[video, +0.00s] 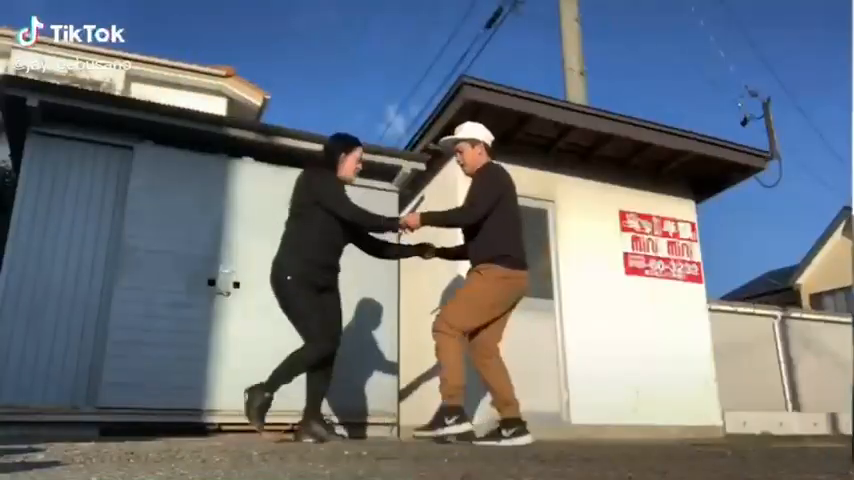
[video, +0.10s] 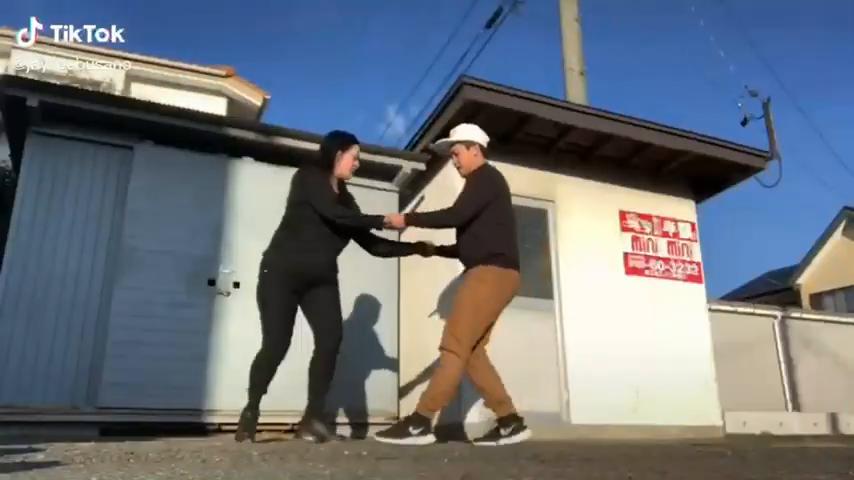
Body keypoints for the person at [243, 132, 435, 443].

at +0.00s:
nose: (359, 167)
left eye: (360, 161)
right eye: (356, 159)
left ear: (340, 159)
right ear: (339, 156)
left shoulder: (336, 201)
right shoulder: (318, 179)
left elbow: (373, 247)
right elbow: (356, 217)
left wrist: (414, 250)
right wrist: (397, 223)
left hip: (323, 280)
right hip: (294, 276)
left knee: (327, 346)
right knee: (320, 344)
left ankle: (311, 419)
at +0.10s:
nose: (356, 164)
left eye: (357, 158)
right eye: (353, 156)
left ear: (342, 158)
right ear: (335, 154)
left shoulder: (345, 201)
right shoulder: (310, 175)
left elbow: (374, 245)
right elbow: (336, 214)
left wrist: (414, 248)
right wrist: (382, 221)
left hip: (319, 279)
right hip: (281, 273)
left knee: (330, 340)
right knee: (276, 344)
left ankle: (314, 417)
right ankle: (251, 410)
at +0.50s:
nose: (368, 168)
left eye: (370, 162)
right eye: (365, 161)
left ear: (349, 159)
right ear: (349, 157)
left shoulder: (339, 187)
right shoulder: (339, 182)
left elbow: (364, 238)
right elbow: (372, 217)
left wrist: (401, 228)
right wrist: (419, 213)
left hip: (318, 273)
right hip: (304, 268)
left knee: (317, 342)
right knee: (318, 338)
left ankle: (297, 417)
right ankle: (256, 387)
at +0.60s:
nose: (379, 168)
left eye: (380, 162)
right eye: (376, 161)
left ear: (353, 158)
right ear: (360, 157)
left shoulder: (337, 181)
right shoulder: (362, 186)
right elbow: (397, 218)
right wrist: (440, 208)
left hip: (301, 261)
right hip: (324, 264)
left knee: (302, 340)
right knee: (357, 329)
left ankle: (294, 418)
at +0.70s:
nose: (390, 170)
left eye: (392, 164)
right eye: (387, 163)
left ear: (365, 159)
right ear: (371, 158)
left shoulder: (346, 183)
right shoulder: (373, 190)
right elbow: (406, 222)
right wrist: (451, 211)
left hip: (309, 258)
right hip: (341, 261)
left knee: (303, 337)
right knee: (368, 336)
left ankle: (296, 417)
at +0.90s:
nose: (407, 170)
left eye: (409, 164)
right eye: (406, 163)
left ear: (385, 160)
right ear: (392, 161)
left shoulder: (367, 185)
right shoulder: (390, 191)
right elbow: (417, 227)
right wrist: (458, 215)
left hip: (339, 265)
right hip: (369, 270)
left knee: (333, 340)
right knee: (391, 339)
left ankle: (303, 417)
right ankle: (387, 421)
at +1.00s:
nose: (417, 170)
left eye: (418, 164)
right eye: (414, 163)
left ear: (397, 161)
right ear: (399, 161)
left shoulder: (385, 189)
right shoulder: (392, 190)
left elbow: (418, 235)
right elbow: (416, 228)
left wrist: (456, 226)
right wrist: (457, 217)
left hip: (365, 269)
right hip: (380, 270)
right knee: (394, 343)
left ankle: (334, 395)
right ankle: (385, 424)